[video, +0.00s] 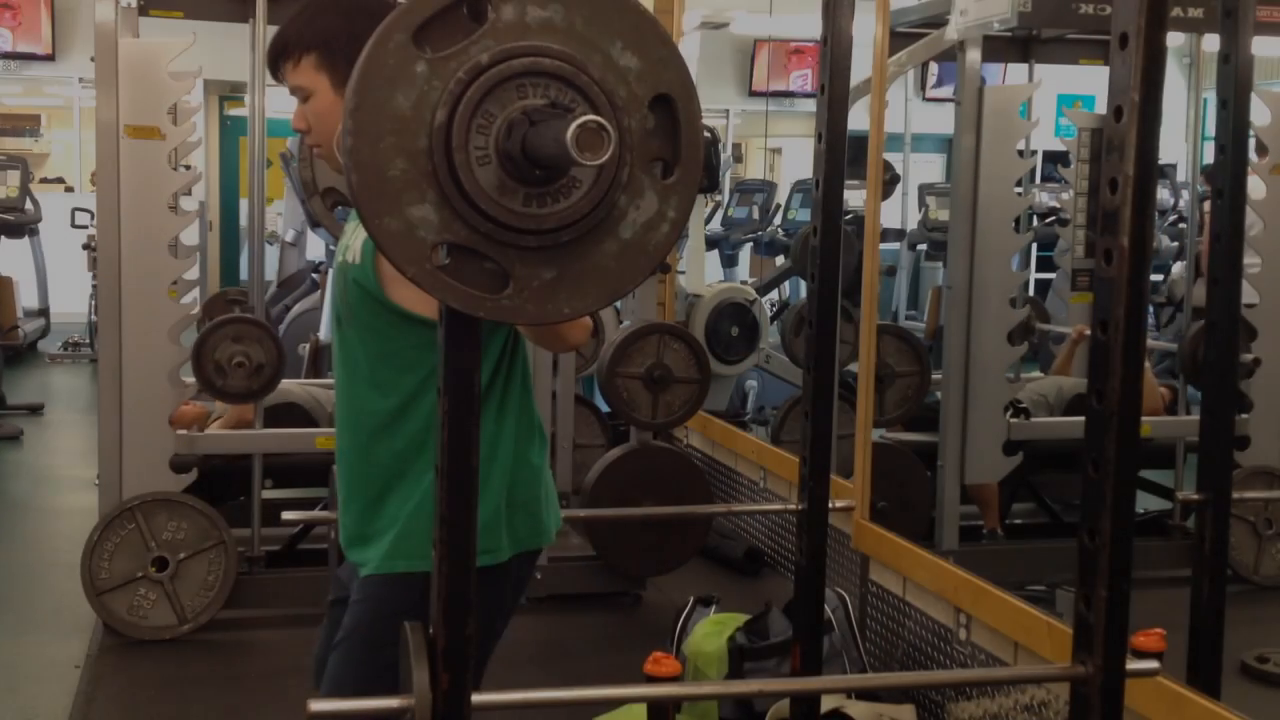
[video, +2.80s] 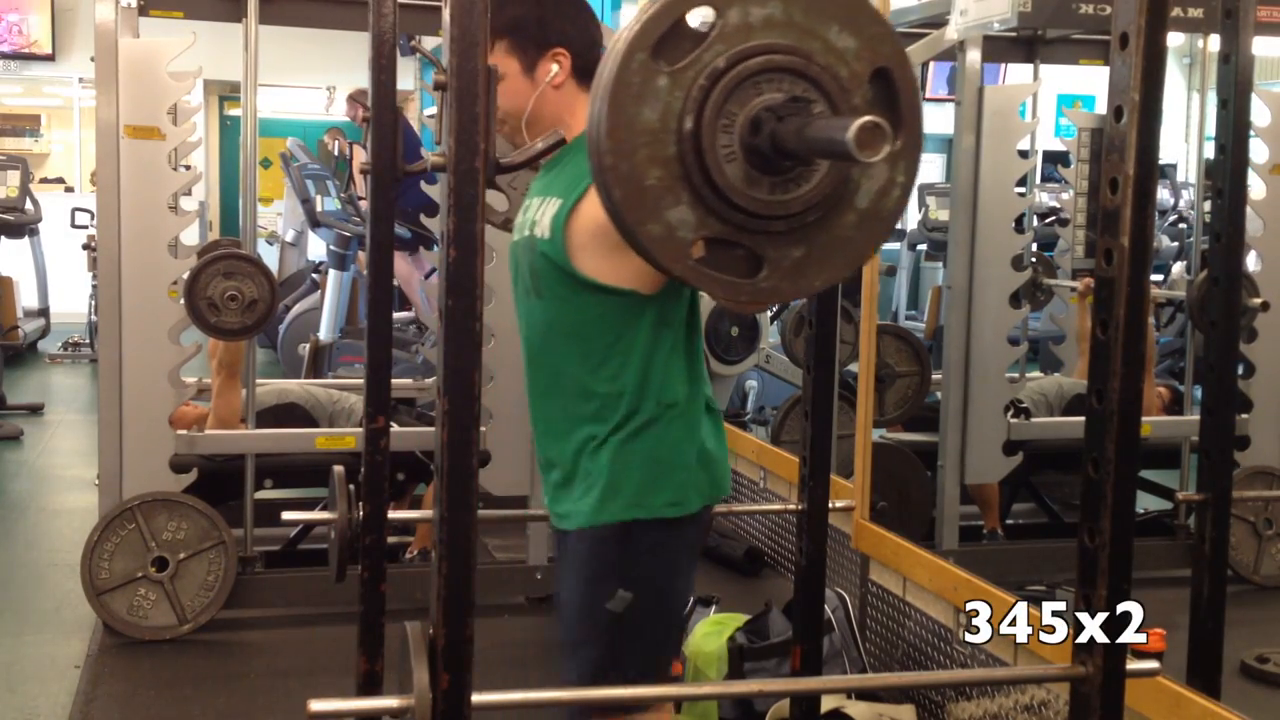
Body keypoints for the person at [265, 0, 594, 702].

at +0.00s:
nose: (296, 120)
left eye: (305, 95)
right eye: (295, 98)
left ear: (369, 89)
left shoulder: (414, 223)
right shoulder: (369, 224)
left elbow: (571, 328)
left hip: (450, 544)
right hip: (395, 535)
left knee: (348, 714)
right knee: (334, 696)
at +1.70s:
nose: (325, 59)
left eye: (338, 32)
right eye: (329, 35)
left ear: (399, 42)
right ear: (380, 46)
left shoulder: (436, 179)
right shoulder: (390, 184)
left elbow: (590, 294)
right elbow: (587, 294)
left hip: (467, 513)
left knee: (444, 706)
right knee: (414, 705)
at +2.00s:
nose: (361, 59)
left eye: (375, 34)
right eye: (365, 36)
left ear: (435, 45)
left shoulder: (465, 175)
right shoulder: (427, 182)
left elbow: (626, 292)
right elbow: (520, 258)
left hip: (510, 509)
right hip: (486, 511)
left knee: (500, 703)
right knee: (488, 705)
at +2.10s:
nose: (376, 71)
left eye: (389, 47)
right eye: (377, 49)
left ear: (450, 62)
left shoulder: (465, 200)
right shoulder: (432, 199)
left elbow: (647, 303)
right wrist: (434, 504)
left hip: (515, 498)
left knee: (498, 694)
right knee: (569, 665)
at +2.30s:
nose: (414, 85)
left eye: (430, 64)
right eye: (415, 63)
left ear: (493, 68)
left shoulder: (516, 204)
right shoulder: (485, 198)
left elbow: (672, 297)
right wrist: (443, 502)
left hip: (549, 502)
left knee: (501, 703)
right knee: (606, 676)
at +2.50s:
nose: (472, 103)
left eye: (480, 81)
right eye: (473, 85)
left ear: (527, 74)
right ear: (527, 78)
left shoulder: (538, 201)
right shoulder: (530, 203)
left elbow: (667, 269)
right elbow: (662, 266)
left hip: (584, 505)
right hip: (601, 500)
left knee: (513, 704)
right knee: (619, 671)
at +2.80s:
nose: (491, 98)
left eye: (498, 74)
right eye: (488, 78)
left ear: (554, 69)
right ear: (551, 73)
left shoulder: (612, 188)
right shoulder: (557, 180)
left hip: (638, 497)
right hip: (594, 490)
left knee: (614, 705)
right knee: (619, 697)